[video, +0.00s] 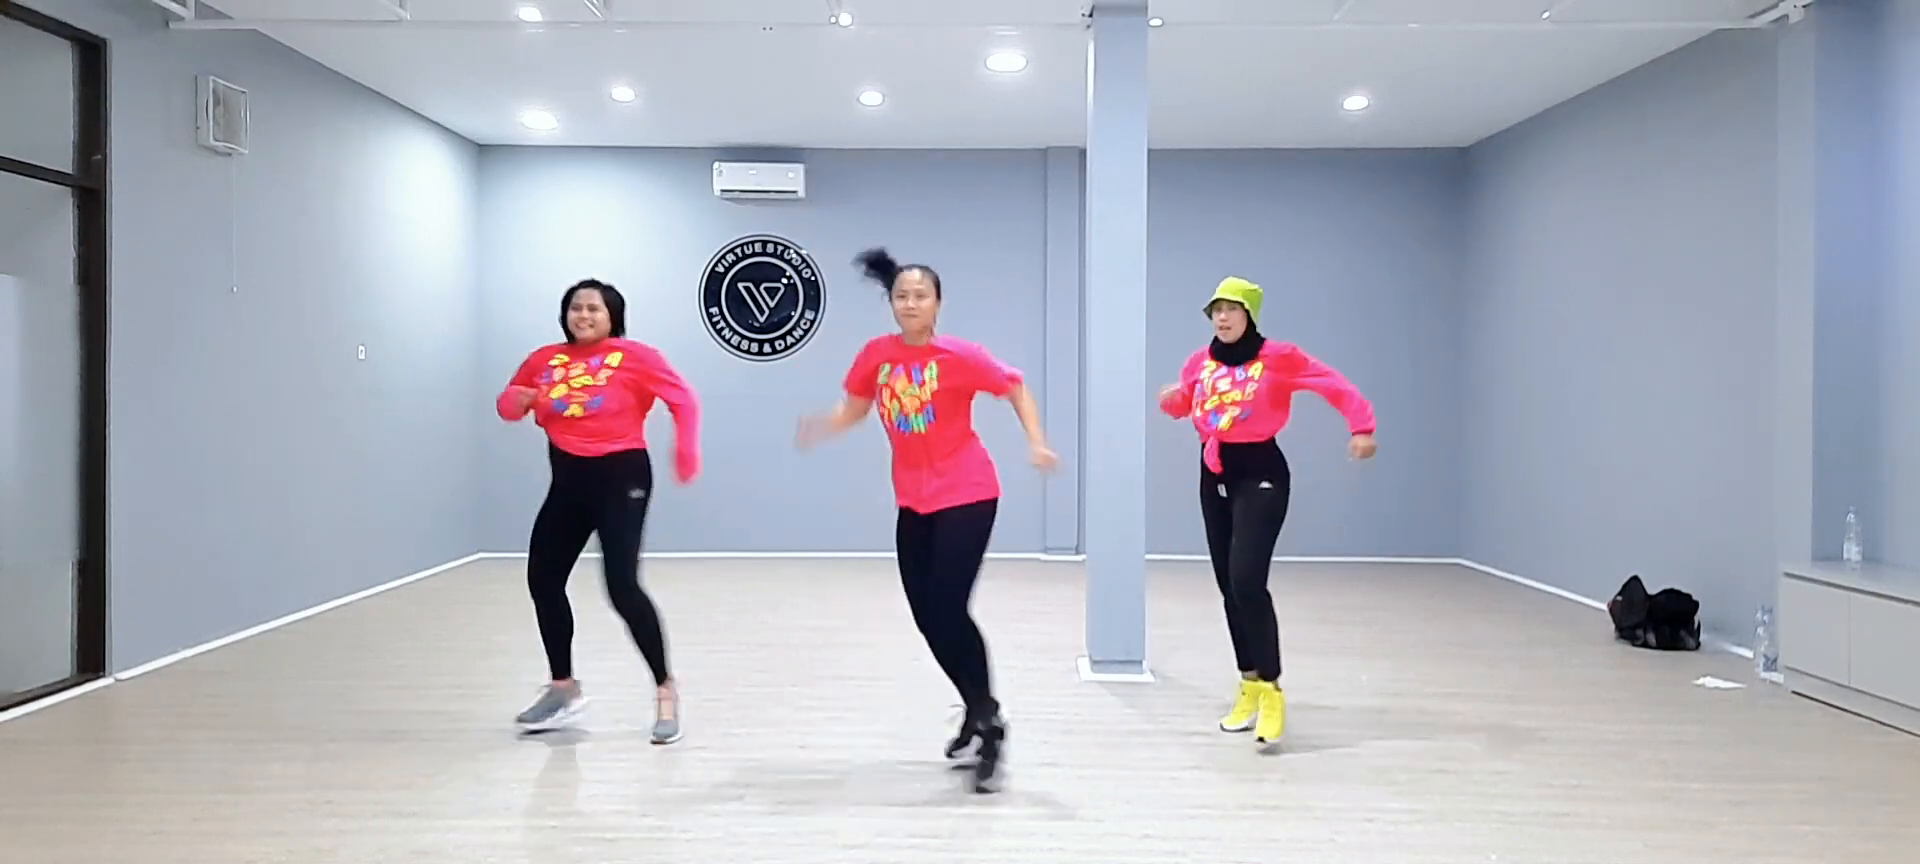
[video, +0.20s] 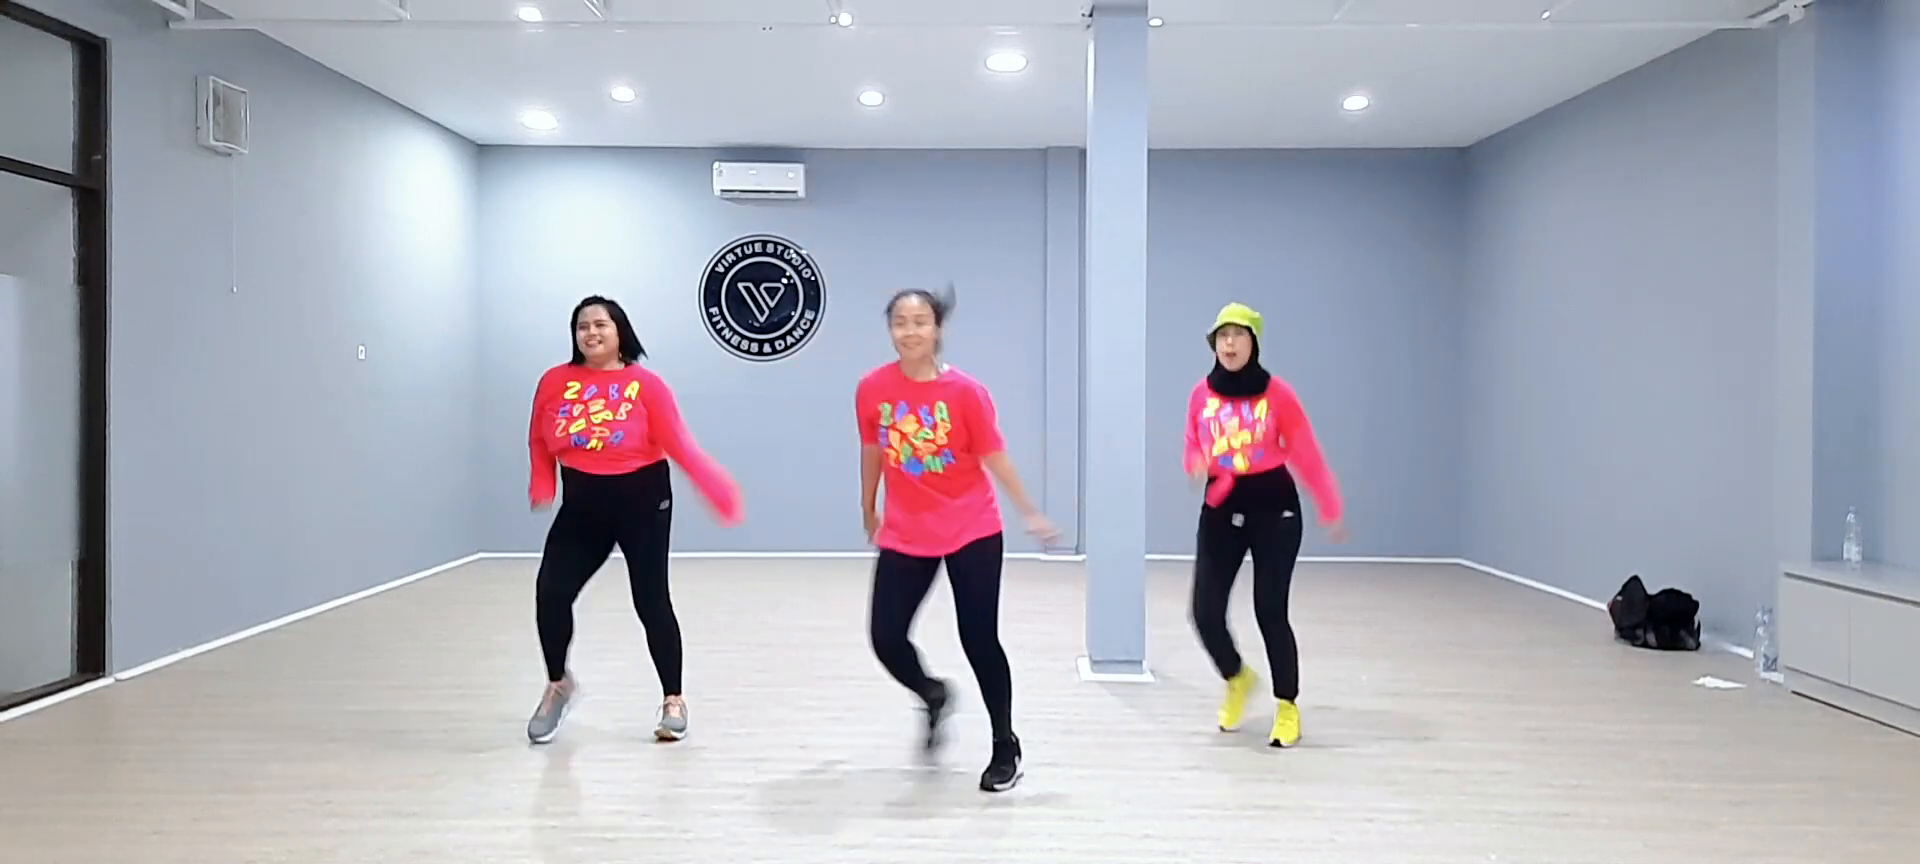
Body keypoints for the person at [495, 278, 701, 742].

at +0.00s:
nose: (583, 315)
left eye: (593, 309)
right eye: (576, 308)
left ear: (612, 317)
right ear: (565, 316)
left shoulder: (635, 357)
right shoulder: (545, 359)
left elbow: (684, 399)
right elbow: (506, 408)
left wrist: (687, 456)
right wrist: (522, 399)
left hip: (622, 478)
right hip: (569, 481)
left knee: (621, 587)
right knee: (543, 579)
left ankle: (665, 690)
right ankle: (563, 686)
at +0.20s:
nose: (591, 331)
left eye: (601, 324)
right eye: (583, 326)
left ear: (621, 333)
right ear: (575, 336)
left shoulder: (646, 384)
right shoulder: (556, 382)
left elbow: (680, 444)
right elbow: (540, 439)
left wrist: (723, 491)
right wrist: (542, 484)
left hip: (642, 503)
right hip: (584, 503)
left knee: (651, 600)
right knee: (550, 591)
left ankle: (673, 700)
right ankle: (558, 684)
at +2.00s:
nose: (566, 294)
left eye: (577, 284)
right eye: (555, 287)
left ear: (599, 293)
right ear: (545, 299)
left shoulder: (627, 354)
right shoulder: (525, 344)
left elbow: (638, 427)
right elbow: (500, 396)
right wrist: (489, 438)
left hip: (612, 490)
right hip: (544, 485)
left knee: (612, 611)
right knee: (525, 603)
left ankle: (626, 753)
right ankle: (541, 719)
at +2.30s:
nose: (549, 313)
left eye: (560, 305)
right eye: (540, 306)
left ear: (578, 312)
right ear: (527, 315)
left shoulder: (609, 351)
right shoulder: (508, 381)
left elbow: (651, 401)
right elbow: (492, 449)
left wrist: (601, 410)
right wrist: (476, 489)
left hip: (593, 498)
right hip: (527, 499)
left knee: (588, 598)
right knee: (532, 618)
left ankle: (595, 733)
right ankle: (538, 742)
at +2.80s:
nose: (576, 312)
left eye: (585, 302)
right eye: (567, 304)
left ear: (603, 303)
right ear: (556, 308)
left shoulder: (634, 352)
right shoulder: (536, 350)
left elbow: (669, 407)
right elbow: (509, 398)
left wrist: (624, 399)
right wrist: (507, 445)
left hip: (622, 476)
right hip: (560, 471)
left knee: (612, 585)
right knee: (551, 582)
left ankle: (613, 704)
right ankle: (563, 682)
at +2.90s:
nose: (575, 312)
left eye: (584, 302)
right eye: (565, 304)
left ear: (602, 305)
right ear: (553, 310)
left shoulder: (630, 345)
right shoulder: (534, 354)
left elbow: (672, 404)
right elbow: (512, 418)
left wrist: (627, 387)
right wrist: (502, 477)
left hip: (621, 474)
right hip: (560, 473)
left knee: (614, 580)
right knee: (562, 581)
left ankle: (613, 694)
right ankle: (578, 676)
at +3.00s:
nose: (573, 332)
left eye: (581, 322)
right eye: (563, 324)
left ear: (598, 326)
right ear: (551, 332)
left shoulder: (629, 372)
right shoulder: (534, 383)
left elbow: (666, 424)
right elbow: (516, 450)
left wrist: (624, 409)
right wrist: (501, 511)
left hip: (621, 498)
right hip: (560, 498)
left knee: (622, 600)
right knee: (573, 602)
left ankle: (616, 707)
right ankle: (585, 697)